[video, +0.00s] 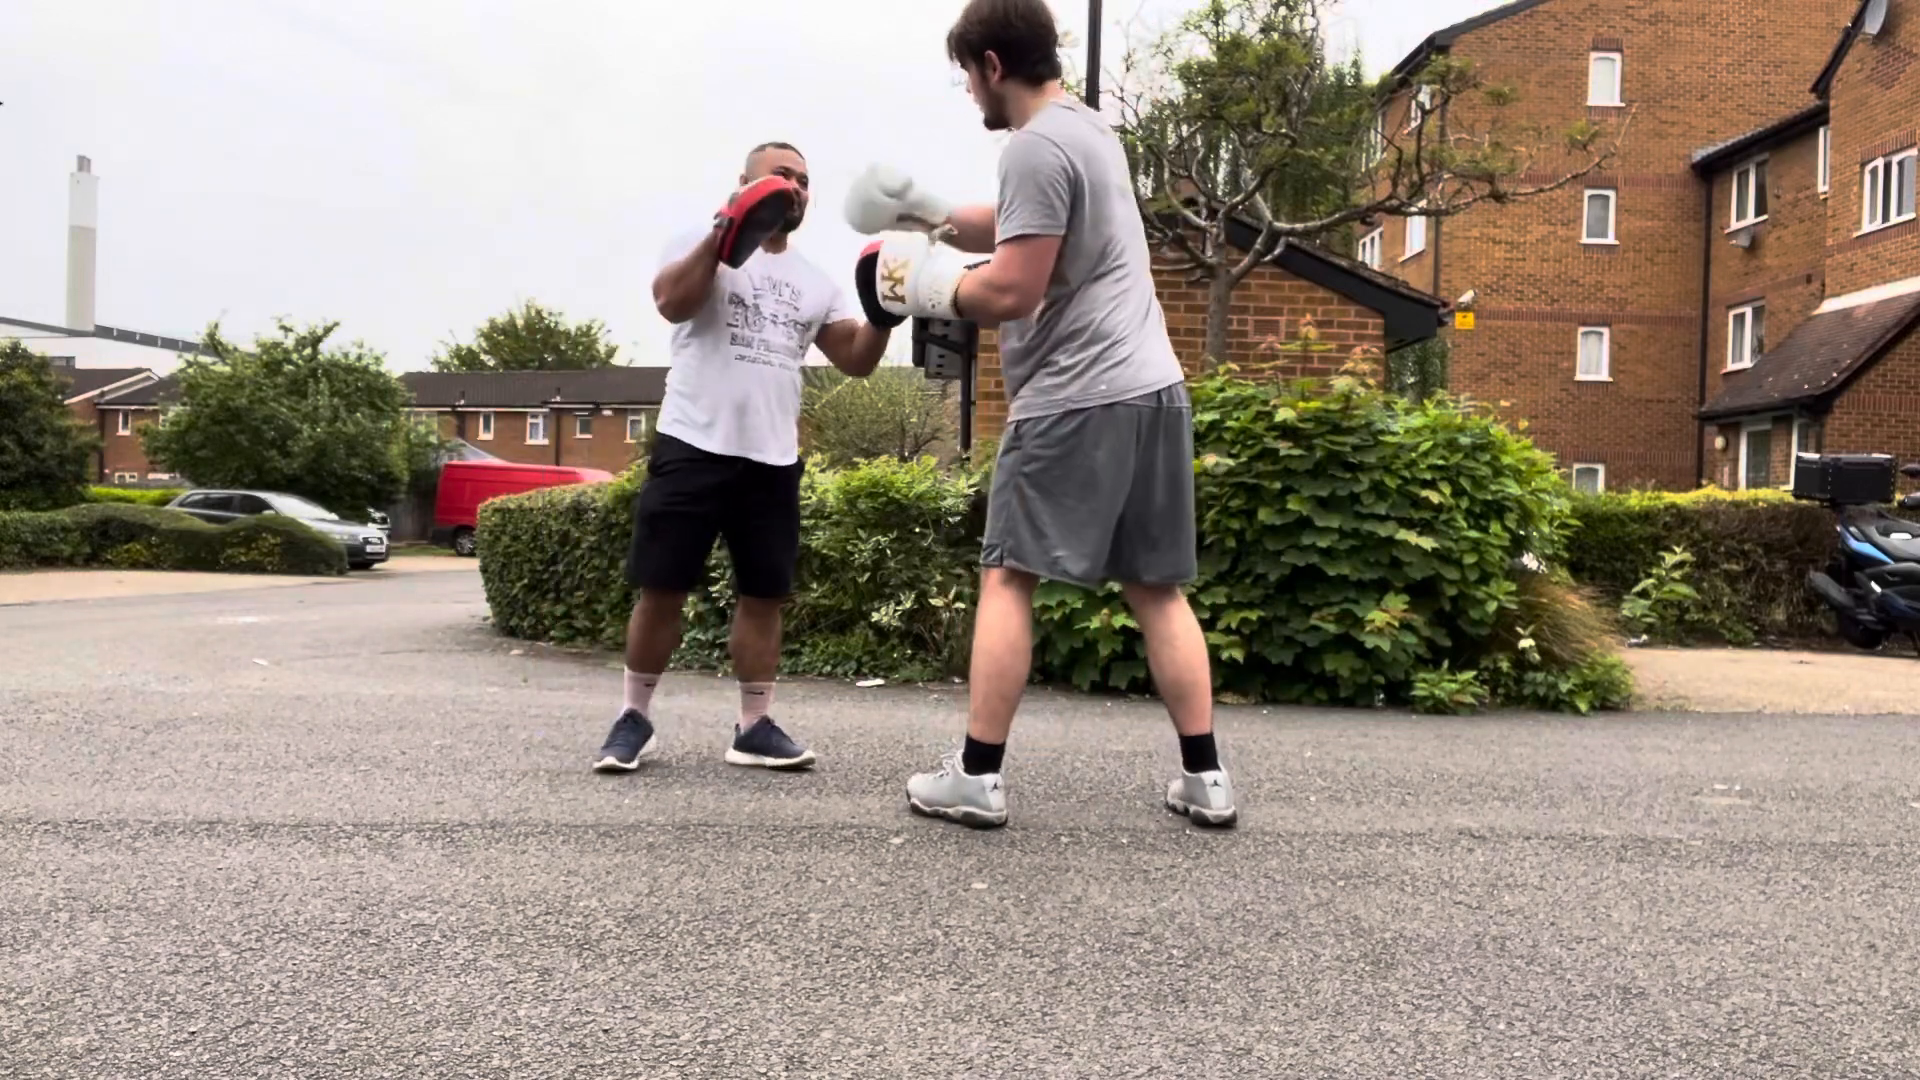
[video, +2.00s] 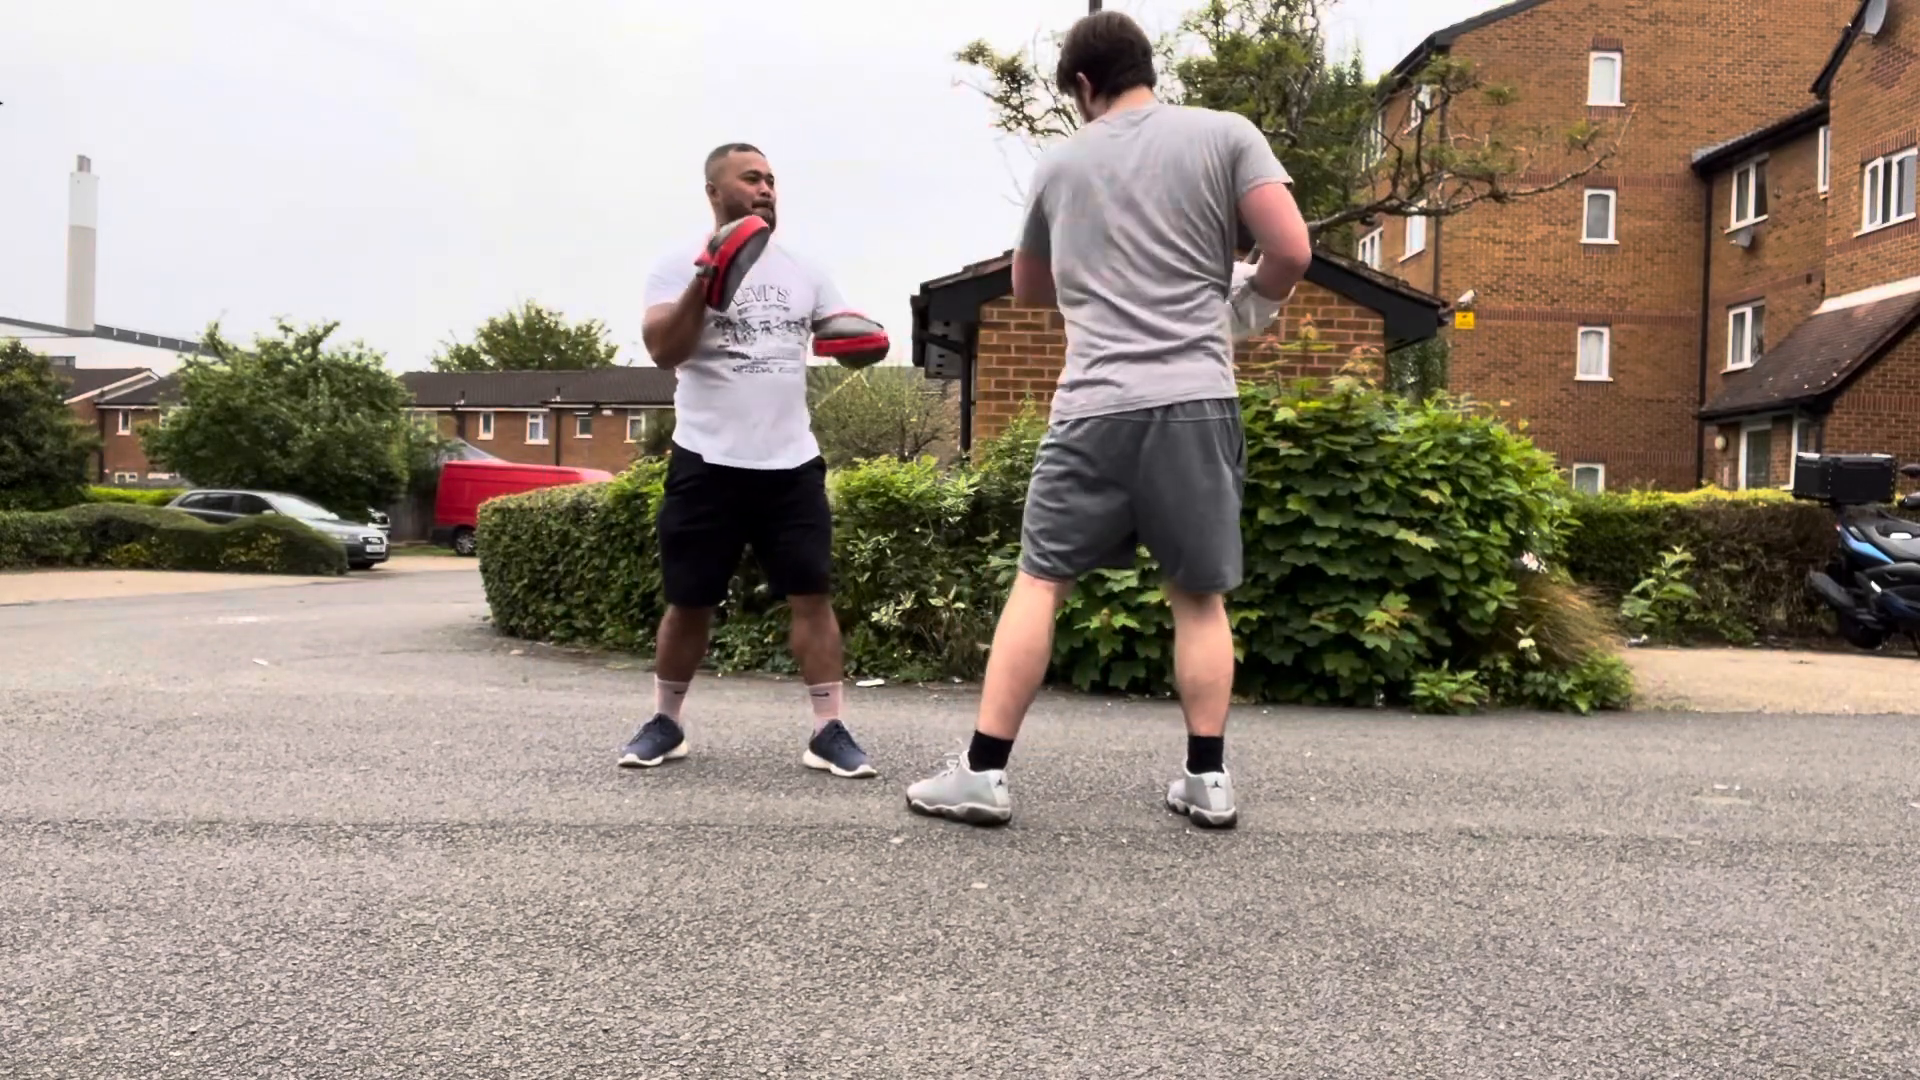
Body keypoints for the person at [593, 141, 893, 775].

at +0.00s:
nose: (794, 188)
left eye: (802, 180)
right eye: (780, 176)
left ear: (809, 198)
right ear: (744, 186)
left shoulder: (814, 280)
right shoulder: (704, 246)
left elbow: (858, 360)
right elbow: (672, 304)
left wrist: (887, 306)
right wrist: (725, 233)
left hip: (771, 454)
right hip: (690, 443)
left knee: (765, 592)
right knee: (661, 586)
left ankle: (755, 724)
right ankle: (634, 717)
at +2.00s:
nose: (767, 187)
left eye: (770, 179)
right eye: (751, 177)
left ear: (776, 195)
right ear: (713, 194)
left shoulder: (802, 268)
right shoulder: (680, 265)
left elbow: (845, 335)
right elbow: (663, 350)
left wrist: (867, 342)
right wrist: (705, 279)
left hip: (791, 459)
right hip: (705, 459)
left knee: (811, 591)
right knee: (687, 599)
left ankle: (829, 727)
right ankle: (665, 721)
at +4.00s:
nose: (812, 187)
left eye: (820, 180)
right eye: (797, 175)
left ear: (828, 199)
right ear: (760, 192)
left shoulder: (851, 269)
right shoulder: (727, 264)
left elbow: (929, 309)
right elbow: (694, 336)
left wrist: (944, 245)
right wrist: (751, 275)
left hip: (823, 469)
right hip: (735, 466)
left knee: (847, 591)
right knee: (702, 602)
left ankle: (847, 731)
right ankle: (666, 721)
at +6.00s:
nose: (792, 193)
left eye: (799, 185)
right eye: (777, 183)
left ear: (807, 200)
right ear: (743, 197)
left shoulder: (827, 268)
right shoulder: (705, 266)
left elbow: (905, 292)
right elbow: (688, 333)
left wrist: (923, 225)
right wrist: (727, 257)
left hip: (813, 464)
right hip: (727, 465)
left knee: (839, 590)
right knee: (712, 601)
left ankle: (851, 728)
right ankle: (699, 721)